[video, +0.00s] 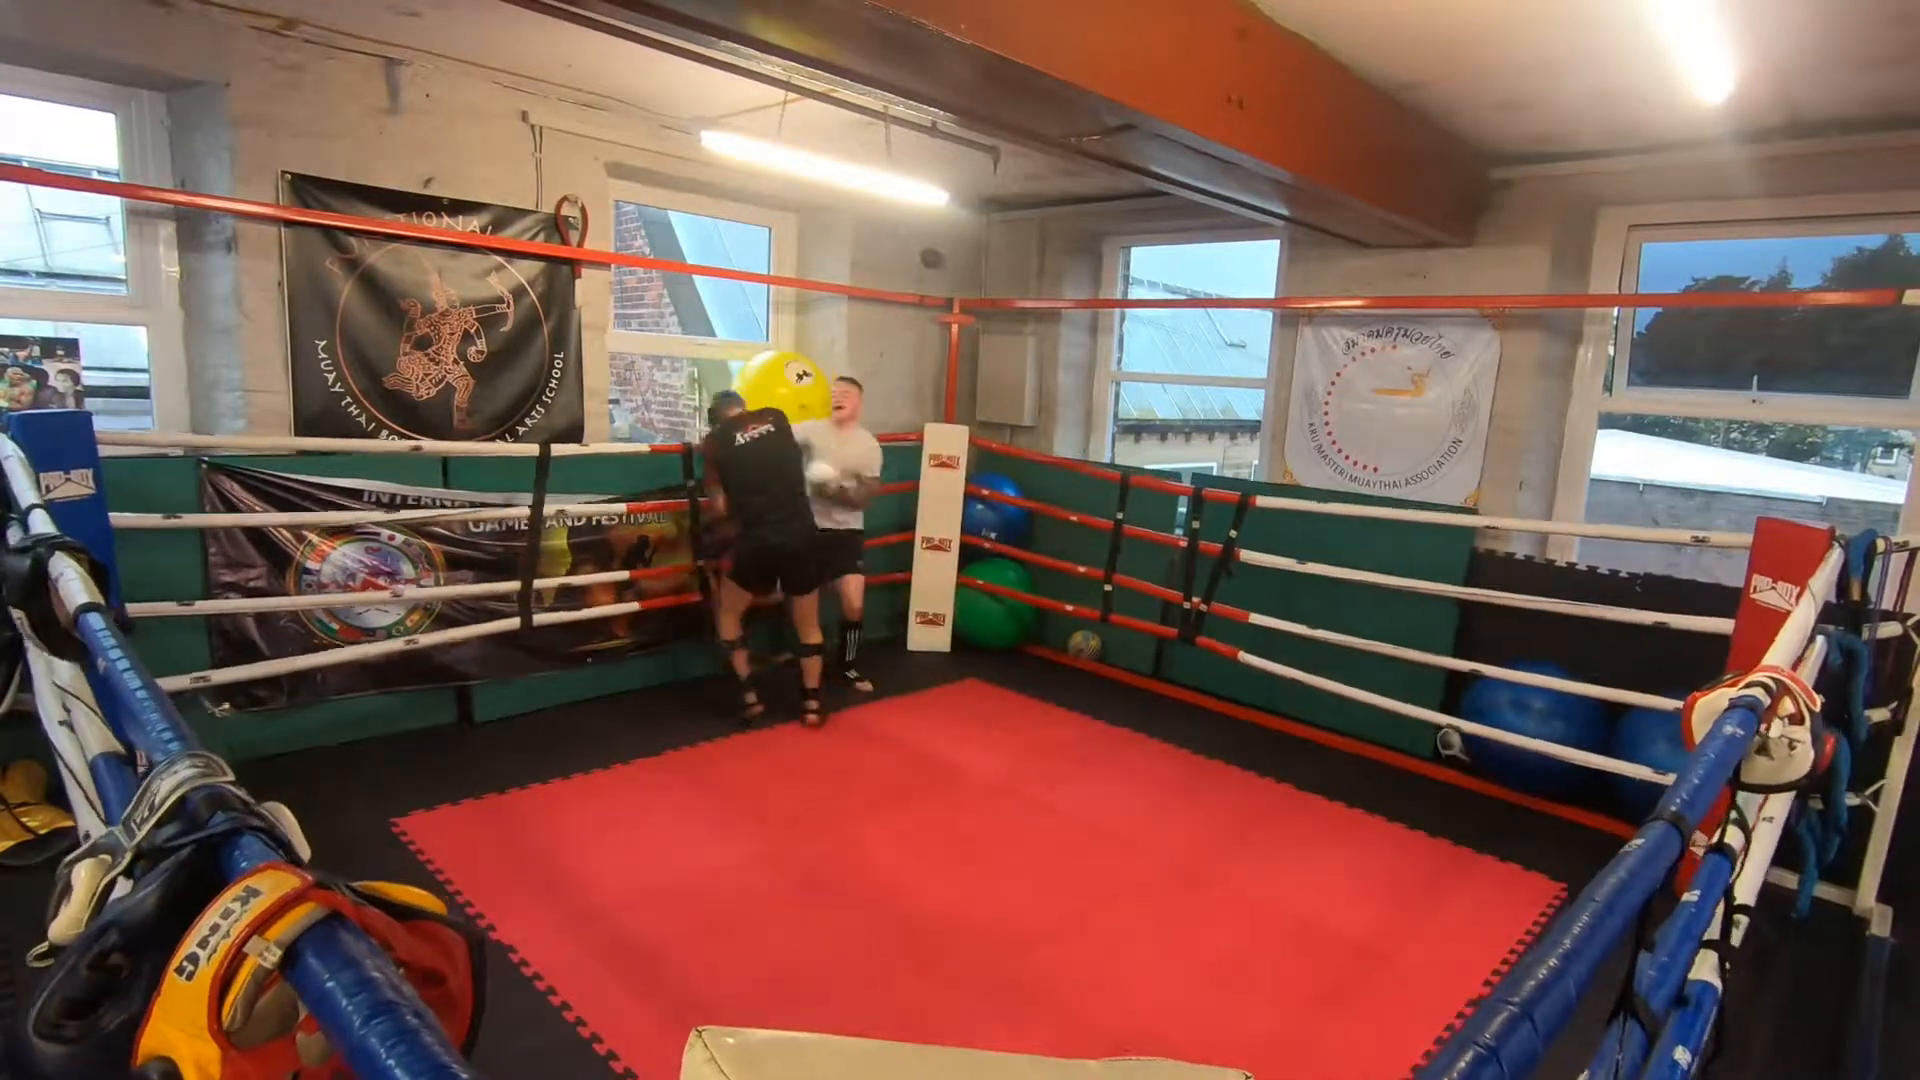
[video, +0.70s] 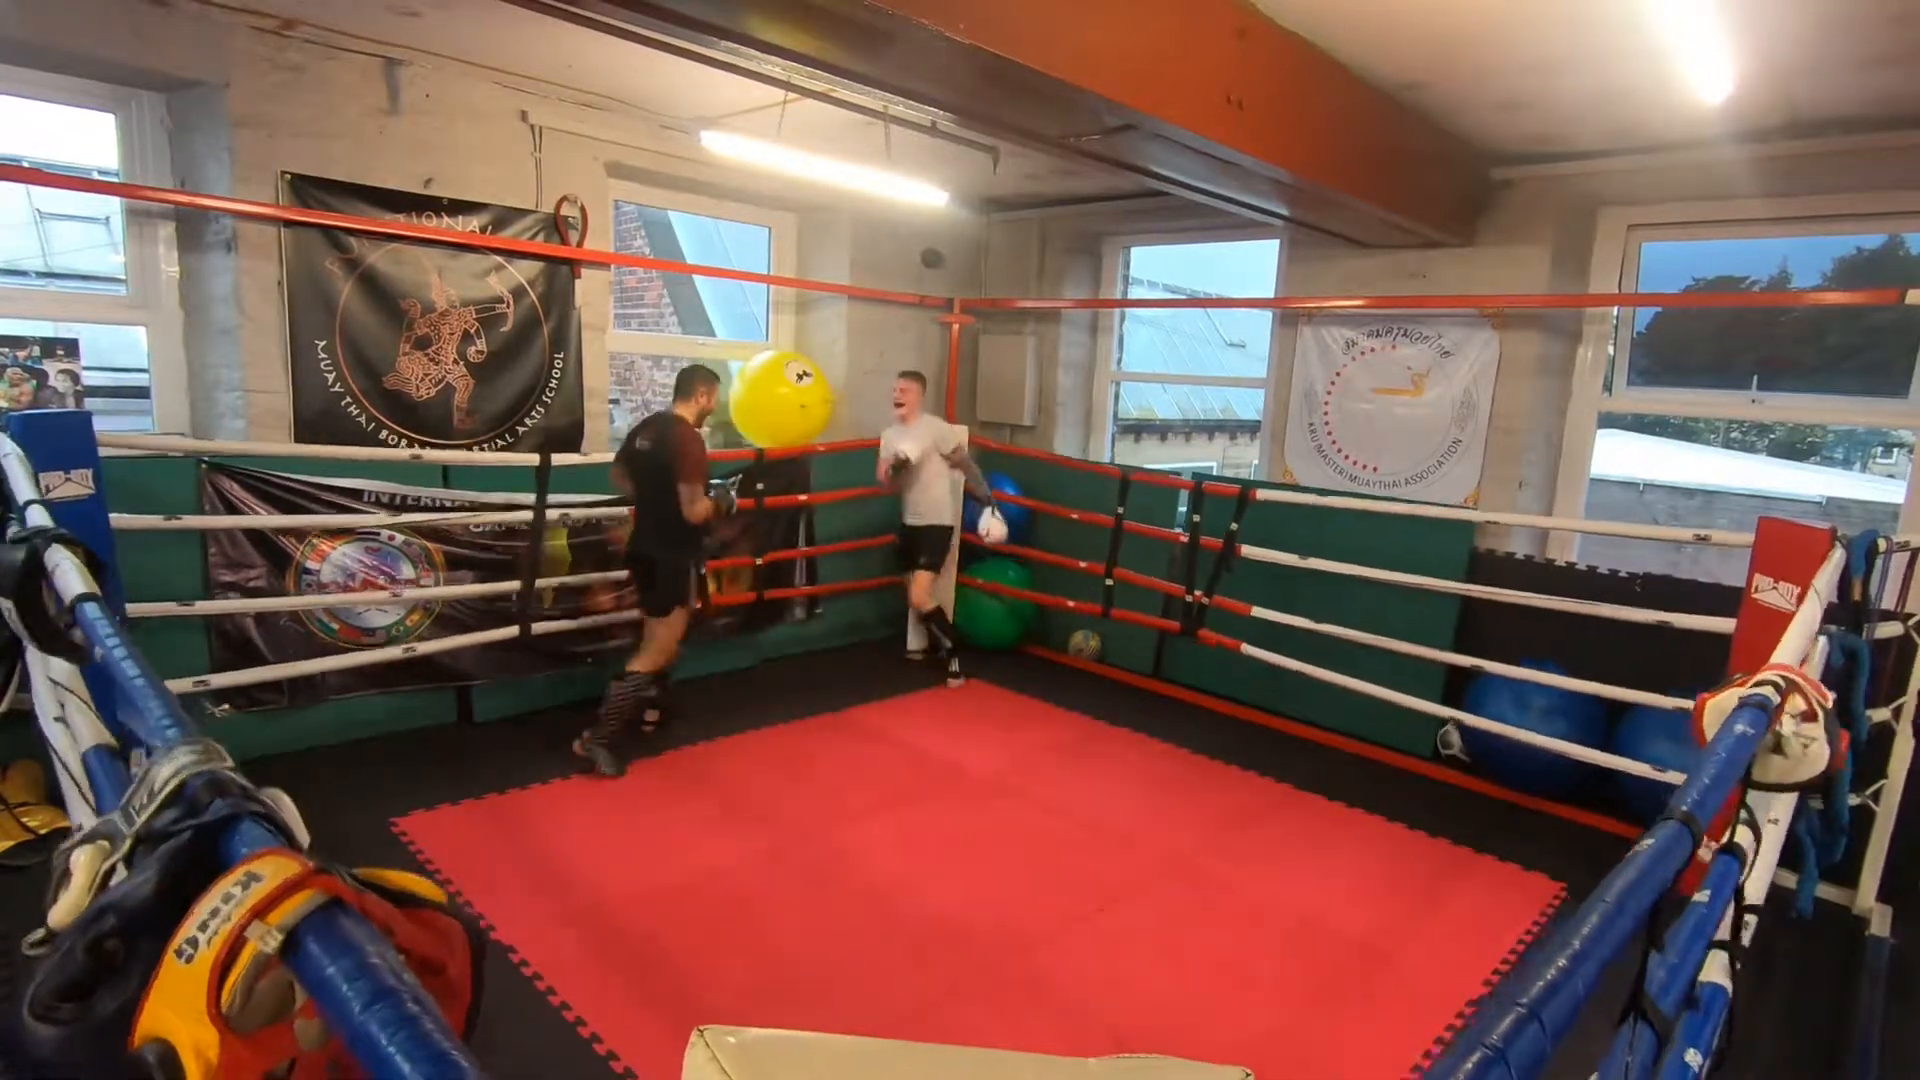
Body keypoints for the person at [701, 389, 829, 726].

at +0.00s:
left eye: (718, 422)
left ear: (716, 419)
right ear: (744, 406)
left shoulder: (714, 444)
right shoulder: (777, 417)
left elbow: (719, 504)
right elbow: (794, 463)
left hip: (757, 542)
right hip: (802, 537)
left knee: (730, 614)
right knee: (808, 623)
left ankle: (749, 696)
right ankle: (812, 703)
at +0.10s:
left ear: (713, 418)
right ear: (741, 409)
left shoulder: (712, 443)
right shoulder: (778, 428)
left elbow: (710, 505)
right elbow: (793, 479)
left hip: (740, 547)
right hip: (789, 544)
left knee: (702, 613)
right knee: (805, 629)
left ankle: (699, 697)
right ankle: (812, 705)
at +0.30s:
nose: (726, 405)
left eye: (723, 399)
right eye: (725, 399)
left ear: (692, 402)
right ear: (718, 399)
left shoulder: (671, 443)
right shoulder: (736, 435)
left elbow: (670, 506)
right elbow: (776, 478)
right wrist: (778, 440)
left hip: (691, 554)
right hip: (739, 554)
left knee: (675, 629)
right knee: (775, 627)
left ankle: (654, 708)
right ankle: (798, 704)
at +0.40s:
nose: (722, 396)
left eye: (720, 391)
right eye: (720, 390)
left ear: (684, 391)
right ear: (710, 389)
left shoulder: (660, 432)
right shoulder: (720, 432)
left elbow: (652, 493)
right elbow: (742, 492)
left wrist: (677, 510)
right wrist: (760, 461)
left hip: (673, 545)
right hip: (717, 545)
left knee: (671, 618)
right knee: (754, 617)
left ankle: (652, 708)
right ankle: (756, 707)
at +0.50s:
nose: (715, 394)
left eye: (714, 387)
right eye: (714, 388)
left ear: (680, 386)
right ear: (705, 386)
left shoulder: (651, 427)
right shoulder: (702, 427)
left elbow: (634, 486)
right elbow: (713, 493)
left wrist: (675, 489)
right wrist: (744, 482)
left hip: (659, 544)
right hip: (699, 546)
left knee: (661, 625)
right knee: (734, 624)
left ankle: (649, 712)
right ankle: (706, 714)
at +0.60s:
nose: (715, 398)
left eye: (714, 391)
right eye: (714, 391)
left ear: (679, 387)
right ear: (702, 389)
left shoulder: (647, 426)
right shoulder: (694, 433)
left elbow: (623, 480)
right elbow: (696, 502)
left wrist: (666, 486)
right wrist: (724, 497)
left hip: (649, 545)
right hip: (684, 549)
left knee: (657, 630)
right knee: (703, 636)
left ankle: (654, 721)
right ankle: (651, 721)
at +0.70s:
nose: (714, 408)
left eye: (715, 400)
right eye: (714, 400)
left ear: (681, 393)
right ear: (701, 395)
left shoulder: (646, 428)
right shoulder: (687, 439)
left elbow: (620, 477)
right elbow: (694, 511)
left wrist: (655, 497)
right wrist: (720, 501)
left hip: (641, 547)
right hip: (671, 552)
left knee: (659, 631)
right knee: (660, 647)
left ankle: (651, 706)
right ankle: (600, 736)